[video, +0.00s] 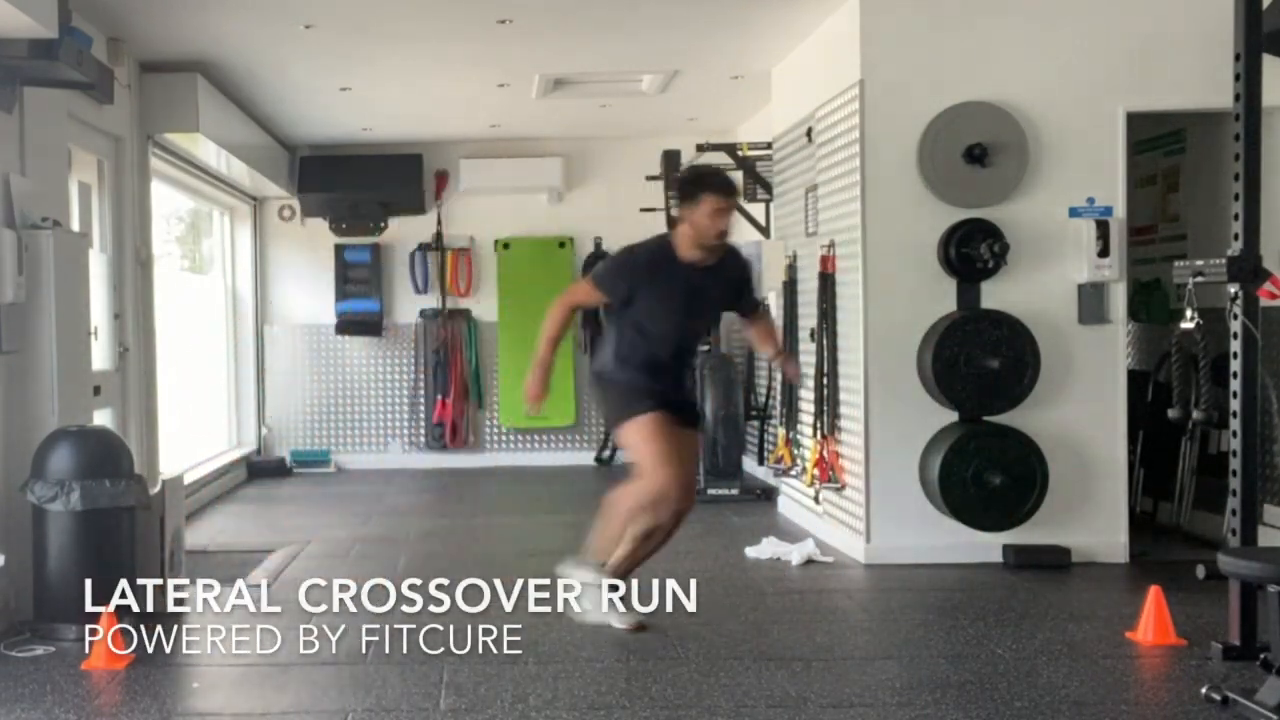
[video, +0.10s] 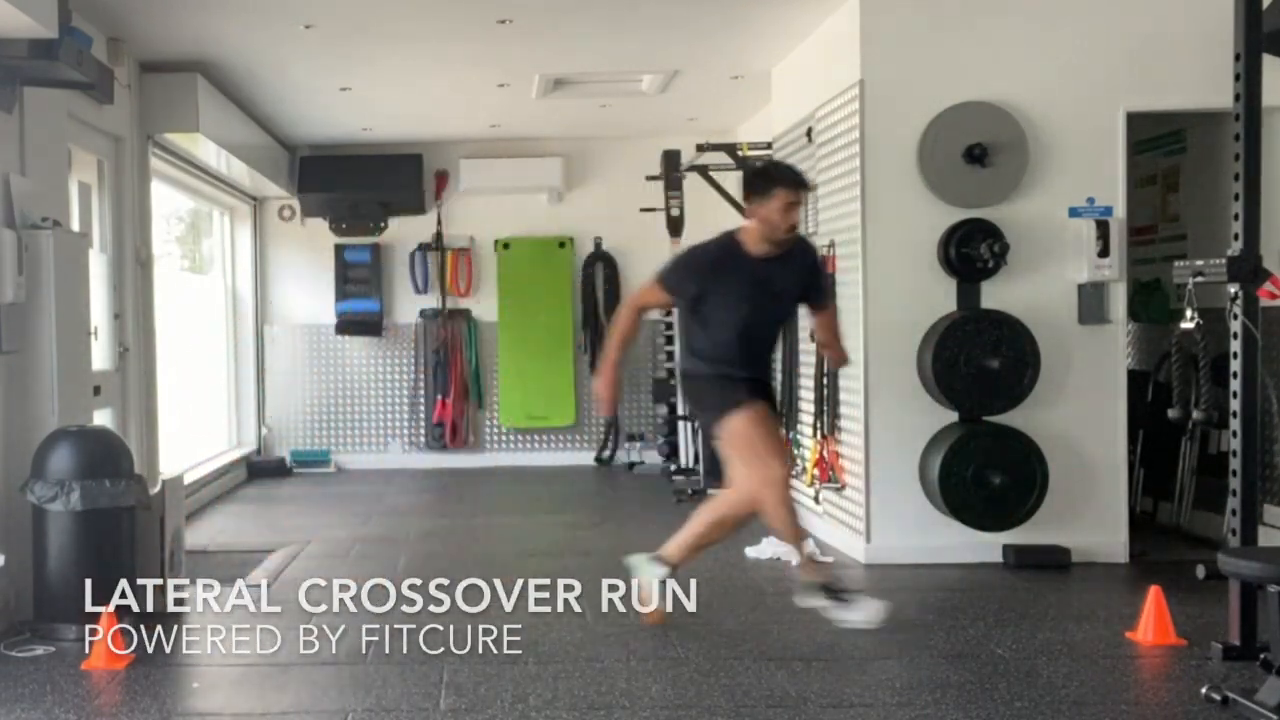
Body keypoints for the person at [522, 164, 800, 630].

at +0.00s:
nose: (726, 224)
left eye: (730, 214)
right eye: (717, 213)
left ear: (730, 215)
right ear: (686, 213)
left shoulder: (729, 268)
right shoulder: (640, 263)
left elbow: (754, 318)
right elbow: (566, 301)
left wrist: (778, 354)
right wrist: (539, 371)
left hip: (676, 386)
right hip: (625, 380)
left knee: (678, 498)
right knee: (659, 479)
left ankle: (608, 582)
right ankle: (585, 566)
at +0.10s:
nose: (794, 217)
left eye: (797, 207)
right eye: (785, 207)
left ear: (799, 207)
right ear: (753, 208)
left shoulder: (801, 259)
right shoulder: (709, 259)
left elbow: (822, 308)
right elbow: (635, 304)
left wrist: (831, 345)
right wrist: (606, 373)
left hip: (756, 382)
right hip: (711, 379)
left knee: (750, 489)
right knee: (770, 465)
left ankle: (659, 564)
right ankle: (808, 571)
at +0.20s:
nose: (853, 226)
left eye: (859, 216)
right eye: (841, 216)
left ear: (864, 219)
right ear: (813, 220)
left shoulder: (867, 271)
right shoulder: (781, 278)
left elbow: (881, 327)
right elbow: (709, 332)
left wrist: (903, 376)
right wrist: (698, 402)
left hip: (836, 390)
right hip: (784, 395)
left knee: (880, 496)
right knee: (862, 482)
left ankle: (782, 546)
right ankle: (894, 594)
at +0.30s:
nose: (903, 238)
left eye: (913, 228)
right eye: (891, 228)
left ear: (922, 231)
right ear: (869, 233)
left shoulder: (929, 280)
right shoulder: (843, 287)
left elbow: (945, 342)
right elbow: (783, 353)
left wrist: (959, 397)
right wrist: (815, 398)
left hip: (900, 397)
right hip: (845, 403)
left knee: (980, 471)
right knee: (900, 475)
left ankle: (964, 558)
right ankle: (896, 590)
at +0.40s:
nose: (950, 256)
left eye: (960, 245)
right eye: (938, 246)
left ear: (975, 247)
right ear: (921, 250)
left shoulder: (990, 294)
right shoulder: (897, 299)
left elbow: (997, 345)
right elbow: (833, 363)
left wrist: (1005, 396)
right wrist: (890, 378)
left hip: (966, 409)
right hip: (897, 413)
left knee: (1033, 490)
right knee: (920, 476)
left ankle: (1088, 572)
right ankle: (918, 588)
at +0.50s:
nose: (986, 277)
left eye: (995, 264)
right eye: (973, 267)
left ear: (1012, 265)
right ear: (955, 271)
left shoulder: (1032, 311)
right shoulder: (929, 318)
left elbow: (1051, 365)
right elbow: (874, 370)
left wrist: (1062, 413)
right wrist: (893, 407)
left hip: (1005, 418)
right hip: (936, 422)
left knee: (1076, 493)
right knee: (949, 480)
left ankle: (1099, 578)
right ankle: (944, 587)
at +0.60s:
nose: (995, 283)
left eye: (1005, 271)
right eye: (982, 273)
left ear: (1021, 270)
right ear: (965, 275)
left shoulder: (1046, 315)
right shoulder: (938, 321)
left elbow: (1082, 366)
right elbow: (881, 373)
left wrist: (1109, 428)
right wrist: (872, 447)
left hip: (1012, 414)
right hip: (939, 416)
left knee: (1082, 492)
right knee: (964, 481)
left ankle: (1100, 578)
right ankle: (977, 565)